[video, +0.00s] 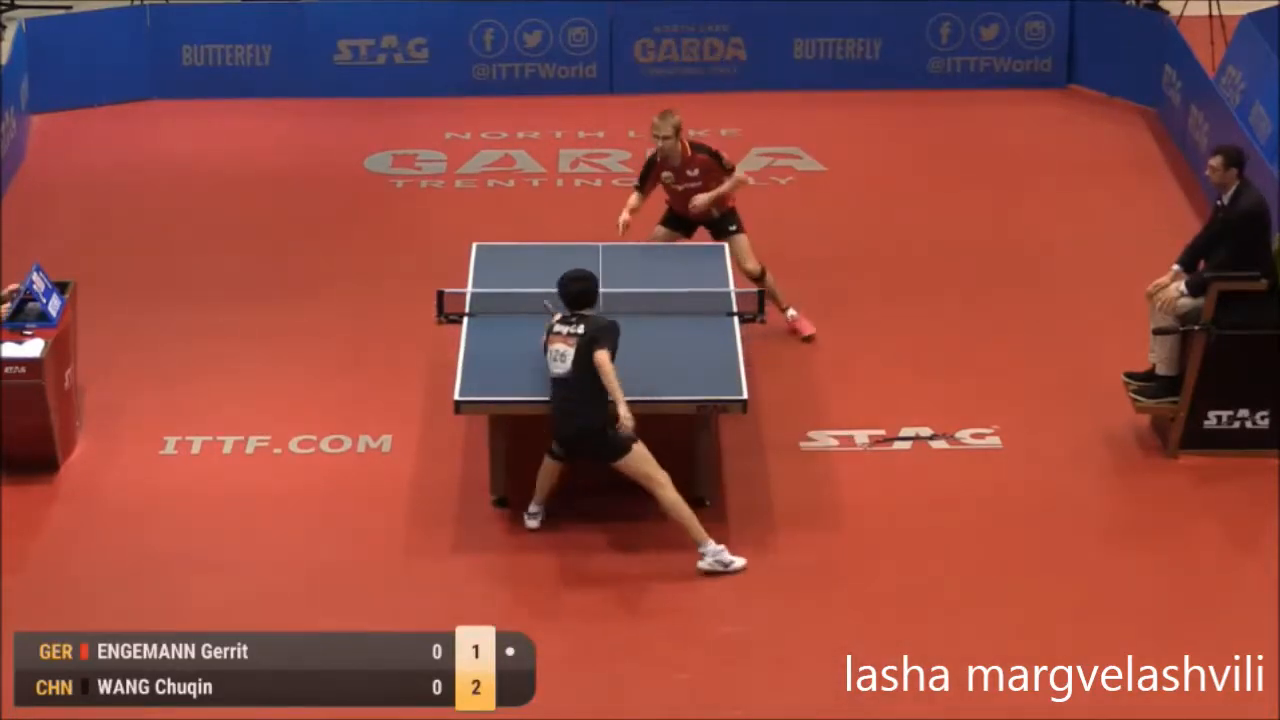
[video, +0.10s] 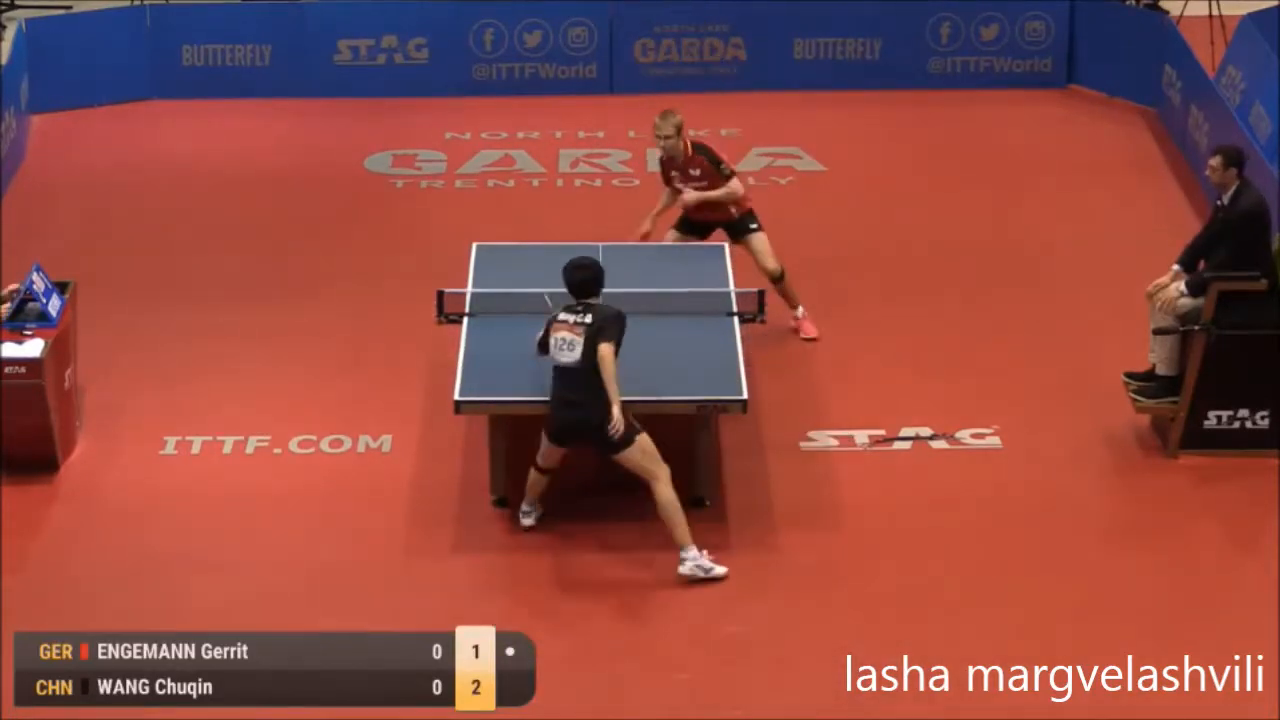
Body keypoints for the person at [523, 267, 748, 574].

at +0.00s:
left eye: (568, 296)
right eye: (593, 292)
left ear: (563, 300)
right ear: (596, 296)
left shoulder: (555, 326)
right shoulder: (603, 326)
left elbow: (548, 347)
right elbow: (601, 359)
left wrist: (557, 324)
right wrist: (621, 404)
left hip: (565, 424)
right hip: (600, 424)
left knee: (555, 454)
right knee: (659, 482)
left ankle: (534, 510)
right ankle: (708, 548)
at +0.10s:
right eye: (598, 279)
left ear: (569, 288)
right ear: (600, 284)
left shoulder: (559, 316)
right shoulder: (610, 315)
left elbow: (541, 348)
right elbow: (604, 353)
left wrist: (563, 331)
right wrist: (615, 402)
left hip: (562, 413)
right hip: (600, 413)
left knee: (543, 465)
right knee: (659, 474)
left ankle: (528, 510)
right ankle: (690, 554)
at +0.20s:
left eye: (582, 288)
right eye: (606, 287)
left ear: (575, 293)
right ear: (609, 292)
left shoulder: (559, 323)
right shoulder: (618, 327)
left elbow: (530, 358)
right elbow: (618, 377)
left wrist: (550, 328)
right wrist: (631, 428)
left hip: (563, 424)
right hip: (605, 427)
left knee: (539, 469)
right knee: (657, 486)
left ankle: (513, 538)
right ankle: (658, 569)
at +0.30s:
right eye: (608, 306)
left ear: (579, 310)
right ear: (613, 311)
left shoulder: (559, 342)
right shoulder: (625, 350)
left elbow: (525, 373)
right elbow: (631, 400)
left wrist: (538, 343)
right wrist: (646, 443)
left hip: (562, 445)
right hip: (607, 449)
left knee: (537, 489)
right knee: (660, 498)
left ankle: (505, 553)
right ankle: (657, 580)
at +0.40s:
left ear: (589, 323)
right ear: (622, 321)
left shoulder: (574, 358)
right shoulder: (641, 356)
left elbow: (530, 385)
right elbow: (669, 400)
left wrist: (544, 360)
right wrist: (656, 423)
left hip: (578, 455)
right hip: (625, 457)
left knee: (539, 496)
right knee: (678, 499)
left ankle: (504, 554)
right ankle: (660, 580)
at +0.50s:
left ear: (594, 320)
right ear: (627, 318)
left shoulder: (581, 355)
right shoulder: (650, 351)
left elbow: (537, 388)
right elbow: (681, 388)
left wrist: (568, 382)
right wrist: (663, 413)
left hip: (592, 453)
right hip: (639, 453)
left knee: (547, 506)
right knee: (693, 498)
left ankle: (506, 564)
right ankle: (665, 579)